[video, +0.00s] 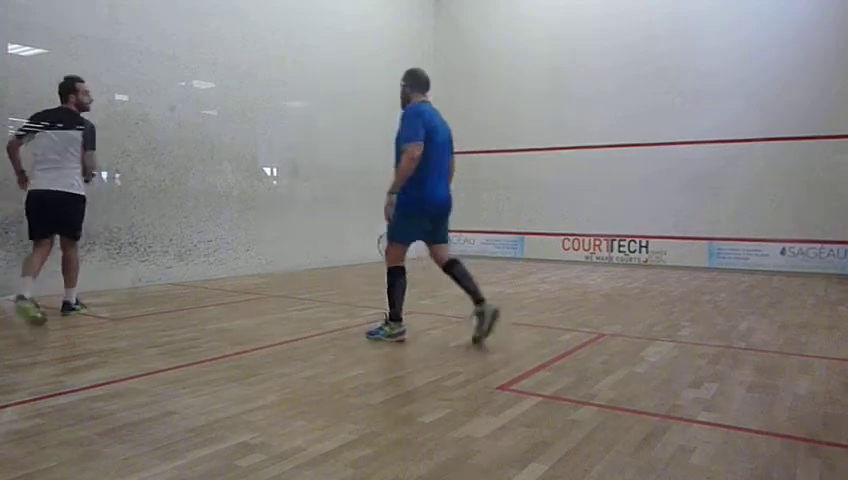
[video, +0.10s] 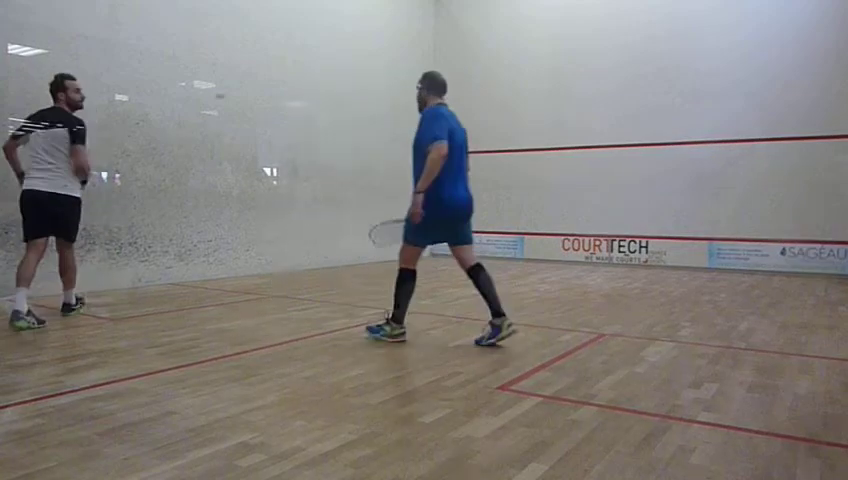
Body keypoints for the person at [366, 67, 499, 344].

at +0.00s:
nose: (400, 95)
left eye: (401, 90)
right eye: (401, 90)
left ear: (407, 90)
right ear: (425, 91)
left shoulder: (413, 114)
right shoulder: (439, 120)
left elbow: (412, 152)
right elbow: (449, 167)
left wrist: (392, 192)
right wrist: (439, 194)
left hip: (413, 199)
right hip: (440, 199)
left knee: (394, 255)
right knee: (441, 254)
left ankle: (394, 323)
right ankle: (482, 305)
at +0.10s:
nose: (416, 96)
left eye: (417, 91)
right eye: (417, 91)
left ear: (423, 92)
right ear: (443, 94)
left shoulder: (432, 116)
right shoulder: (455, 121)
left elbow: (439, 151)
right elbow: (464, 167)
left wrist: (419, 192)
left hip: (433, 201)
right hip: (459, 201)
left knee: (408, 258)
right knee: (468, 259)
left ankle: (395, 324)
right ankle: (499, 319)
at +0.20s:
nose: (432, 97)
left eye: (434, 92)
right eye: (433, 92)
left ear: (442, 93)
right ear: (458, 93)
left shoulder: (449, 115)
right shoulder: (469, 117)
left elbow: (464, 143)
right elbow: (482, 159)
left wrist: (442, 183)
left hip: (455, 199)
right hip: (478, 198)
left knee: (429, 260)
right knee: (487, 261)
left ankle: (405, 322)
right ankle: (506, 327)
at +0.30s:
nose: (447, 94)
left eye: (448, 89)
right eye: (448, 89)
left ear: (454, 89)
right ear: (473, 88)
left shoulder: (464, 108)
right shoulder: (485, 110)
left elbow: (481, 132)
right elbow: (507, 141)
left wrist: (456, 173)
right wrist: (474, 155)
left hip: (473, 196)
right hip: (496, 197)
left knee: (443, 254)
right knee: (495, 257)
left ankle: (439, 327)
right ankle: (507, 328)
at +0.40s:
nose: (461, 91)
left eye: (462, 86)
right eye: (461, 86)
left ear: (469, 86)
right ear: (487, 84)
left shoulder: (477, 105)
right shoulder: (501, 106)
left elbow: (490, 132)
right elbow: (527, 123)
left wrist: (462, 170)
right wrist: (496, 133)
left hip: (487, 194)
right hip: (509, 194)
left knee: (464, 255)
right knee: (501, 255)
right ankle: (508, 328)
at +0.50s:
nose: (474, 90)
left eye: (476, 85)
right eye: (475, 85)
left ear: (483, 84)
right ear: (501, 83)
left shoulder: (491, 106)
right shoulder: (518, 104)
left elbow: (495, 140)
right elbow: (544, 120)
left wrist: (464, 167)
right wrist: (515, 123)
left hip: (502, 194)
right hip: (524, 193)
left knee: (494, 260)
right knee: (509, 259)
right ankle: (508, 328)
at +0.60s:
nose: (488, 91)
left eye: (490, 86)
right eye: (488, 85)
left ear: (498, 84)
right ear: (514, 83)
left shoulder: (505, 109)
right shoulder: (531, 106)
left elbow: (500, 150)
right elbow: (561, 126)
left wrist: (468, 162)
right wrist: (528, 137)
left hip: (522, 199)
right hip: (533, 196)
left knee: (526, 263)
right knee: (514, 263)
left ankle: (581, 321)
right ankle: (509, 329)